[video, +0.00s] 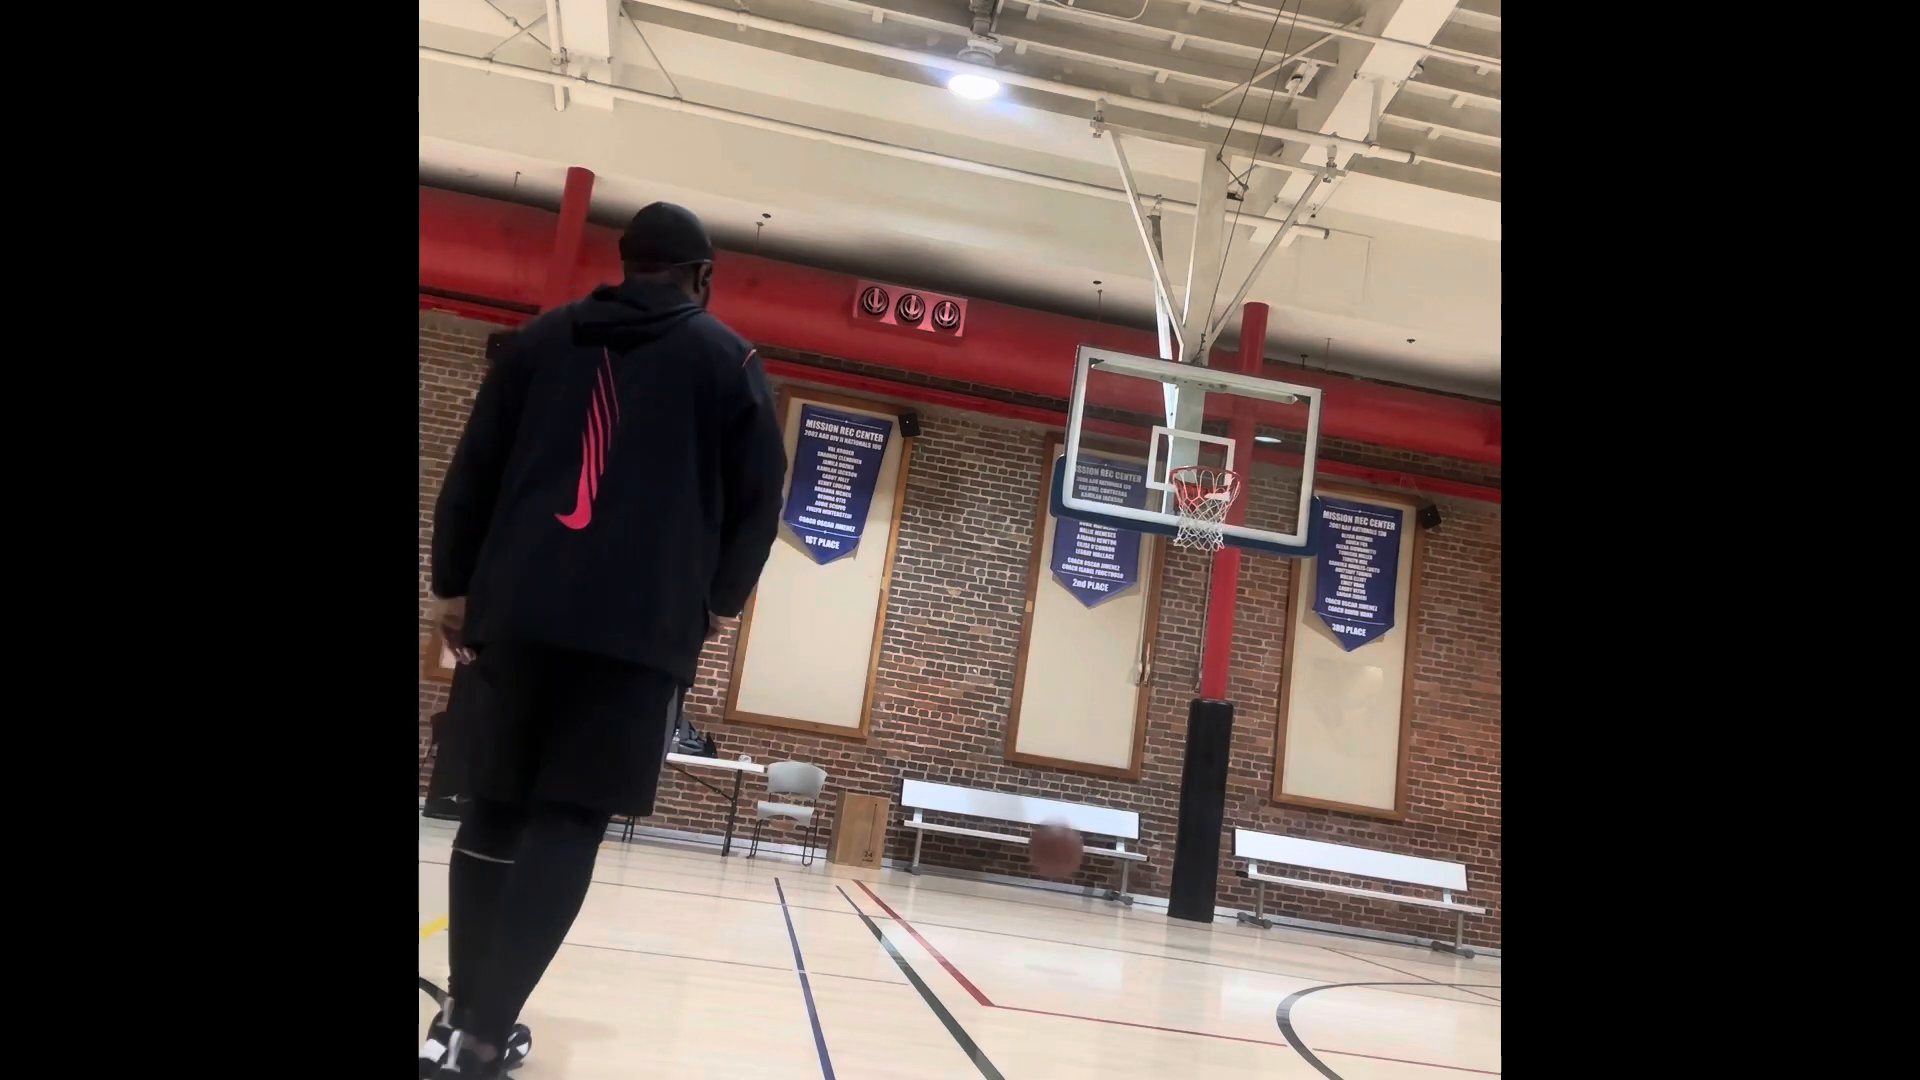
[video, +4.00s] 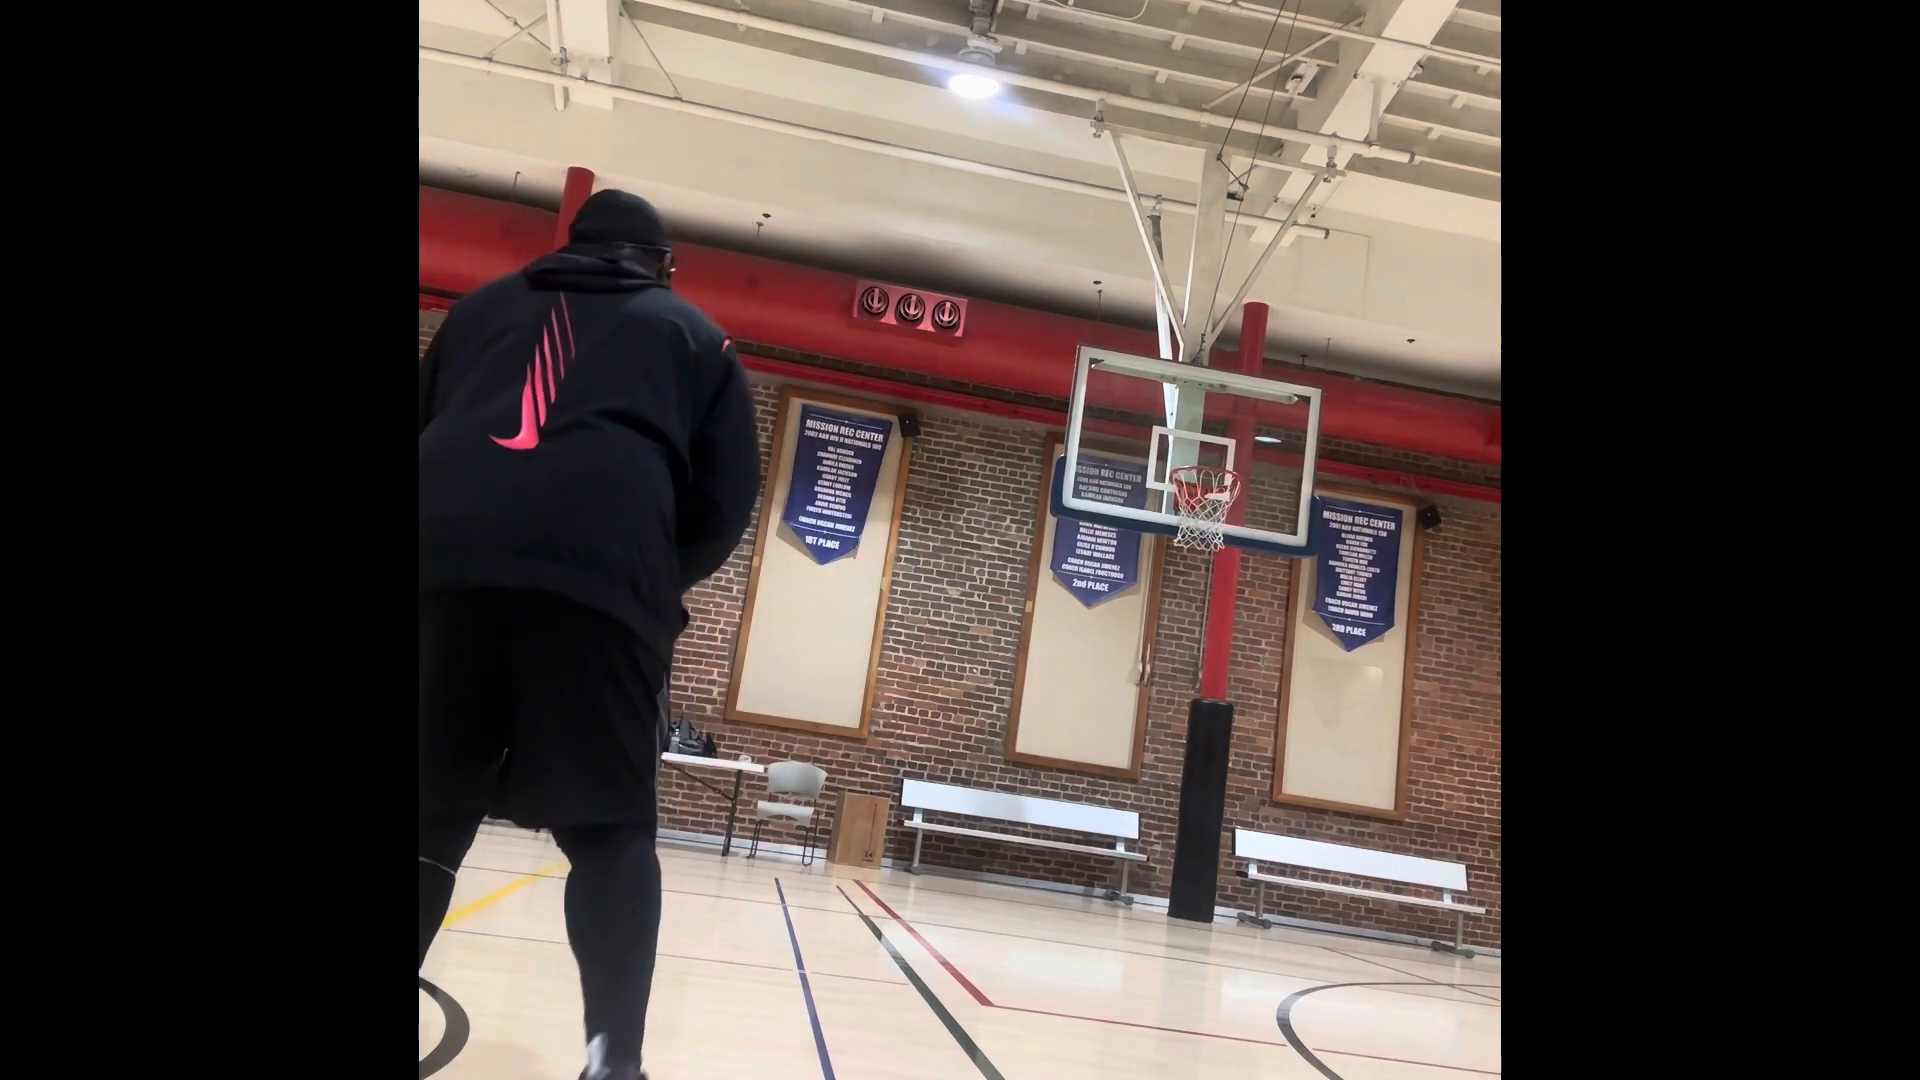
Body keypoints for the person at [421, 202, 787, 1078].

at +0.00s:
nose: (710, 289)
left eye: (703, 277)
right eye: (710, 277)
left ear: (625, 263)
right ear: (699, 274)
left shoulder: (541, 338)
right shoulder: (726, 361)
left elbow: (474, 468)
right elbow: (760, 493)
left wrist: (451, 591)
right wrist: (721, 598)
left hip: (515, 617)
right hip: (636, 638)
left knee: (491, 810)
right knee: (568, 824)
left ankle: (473, 1012)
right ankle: (480, 1035)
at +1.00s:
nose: (822, 376)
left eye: (822, 365)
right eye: (822, 363)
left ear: (747, 349)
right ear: (801, 354)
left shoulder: (681, 415)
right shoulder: (797, 417)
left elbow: (638, 536)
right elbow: (830, 538)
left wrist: (637, 643)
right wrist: (872, 645)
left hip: (662, 654)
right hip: (739, 665)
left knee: (676, 821)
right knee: (730, 828)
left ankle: (635, 1002)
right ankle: (629, 1019)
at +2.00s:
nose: (792, 358)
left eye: (785, 345)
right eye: (791, 346)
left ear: (712, 331)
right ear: (779, 339)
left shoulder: (639, 398)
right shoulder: (787, 381)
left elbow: (608, 525)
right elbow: (815, 511)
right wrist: (819, 633)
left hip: (604, 637)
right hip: (723, 647)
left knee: (581, 822)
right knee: (716, 839)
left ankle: (495, 1038)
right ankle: (728, 1034)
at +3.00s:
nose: (920, 296)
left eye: (926, 285)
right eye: (921, 276)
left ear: (836, 225)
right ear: (890, 239)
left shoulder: (730, 280)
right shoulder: (861, 273)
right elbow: (876, 415)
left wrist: (794, 613)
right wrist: (935, 589)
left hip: (546, 541)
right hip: (684, 564)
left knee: (503, 815)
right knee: (687, 851)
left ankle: (416, 1021)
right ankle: (617, 1068)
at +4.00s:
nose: (669, 277)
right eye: (670, 266)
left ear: (570, 243)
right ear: (659, 263)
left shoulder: (478, 308)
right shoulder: (696, 337)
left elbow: (425, 425)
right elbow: (728, 497)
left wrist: (454, 523)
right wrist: (653, 567)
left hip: (443, 571)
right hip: (601, 586)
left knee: (429, 819)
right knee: (611, 831)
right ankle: (614, 1057)